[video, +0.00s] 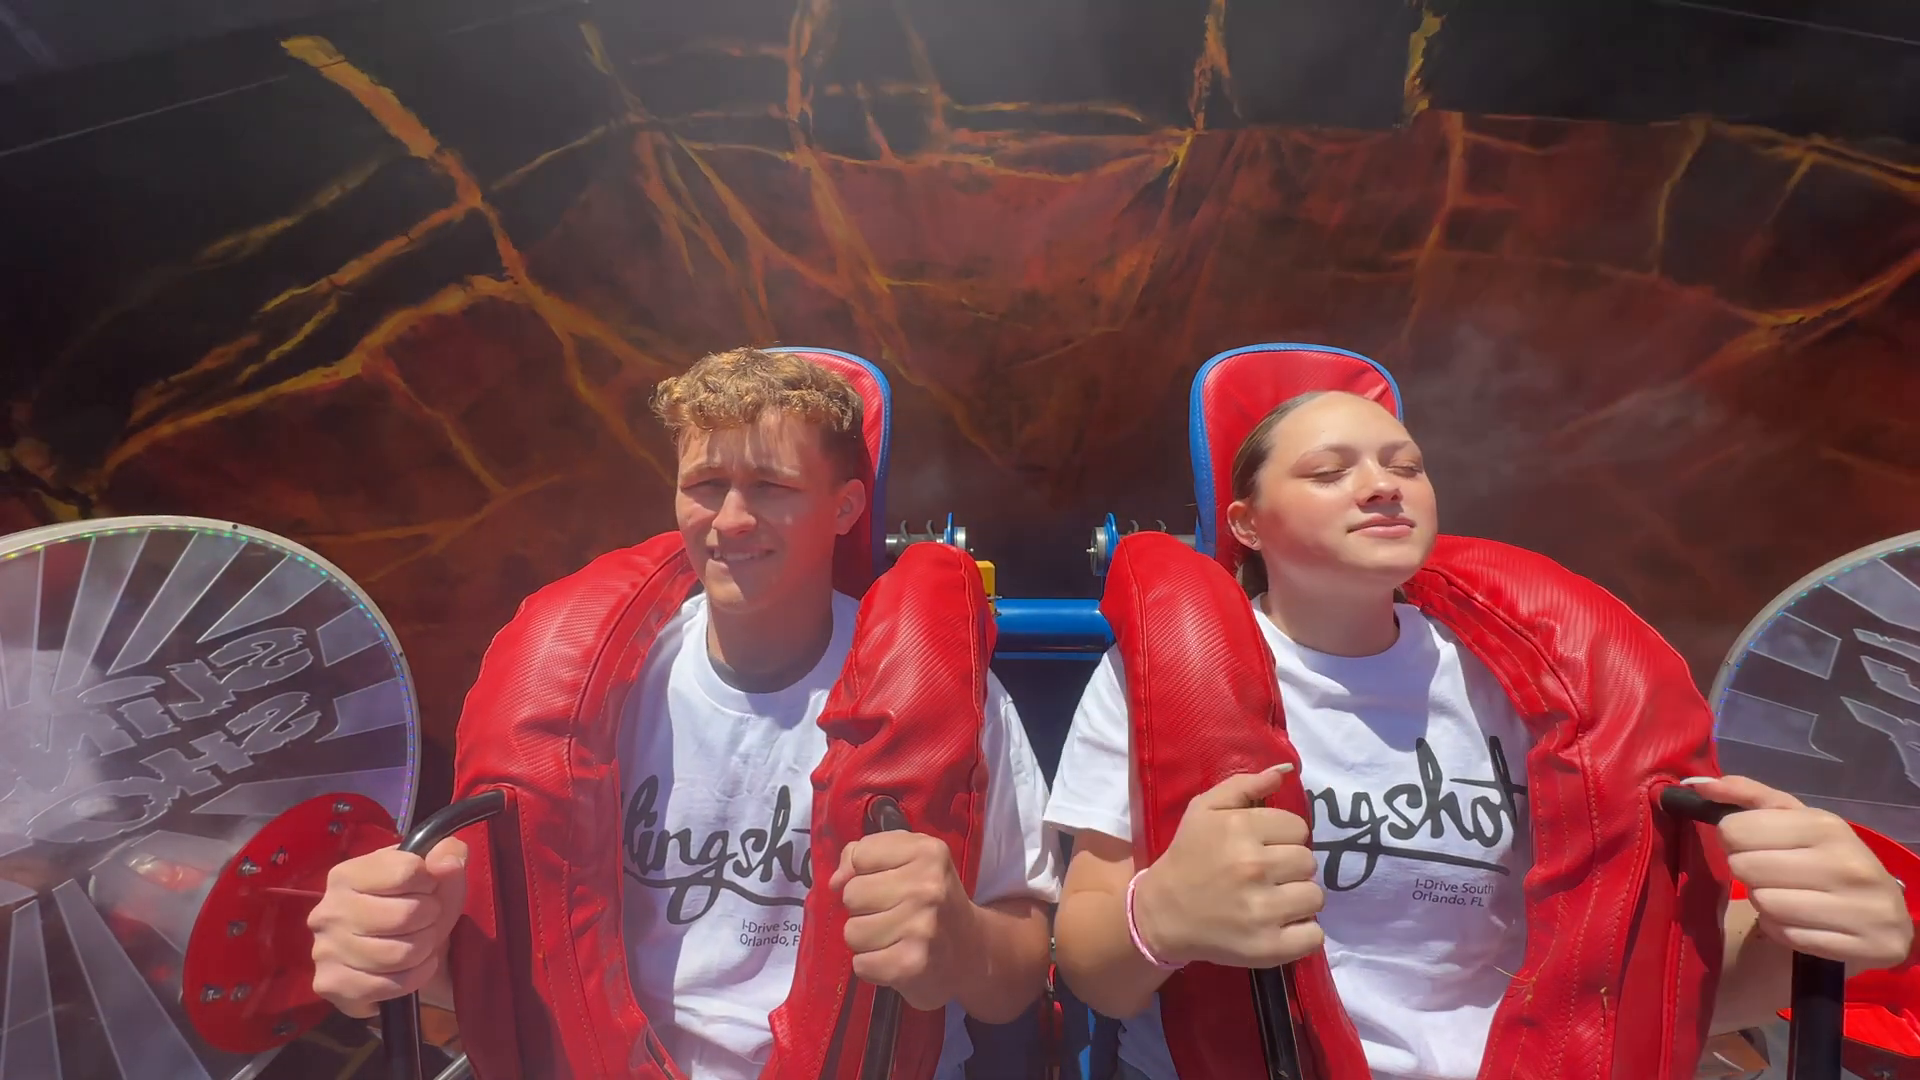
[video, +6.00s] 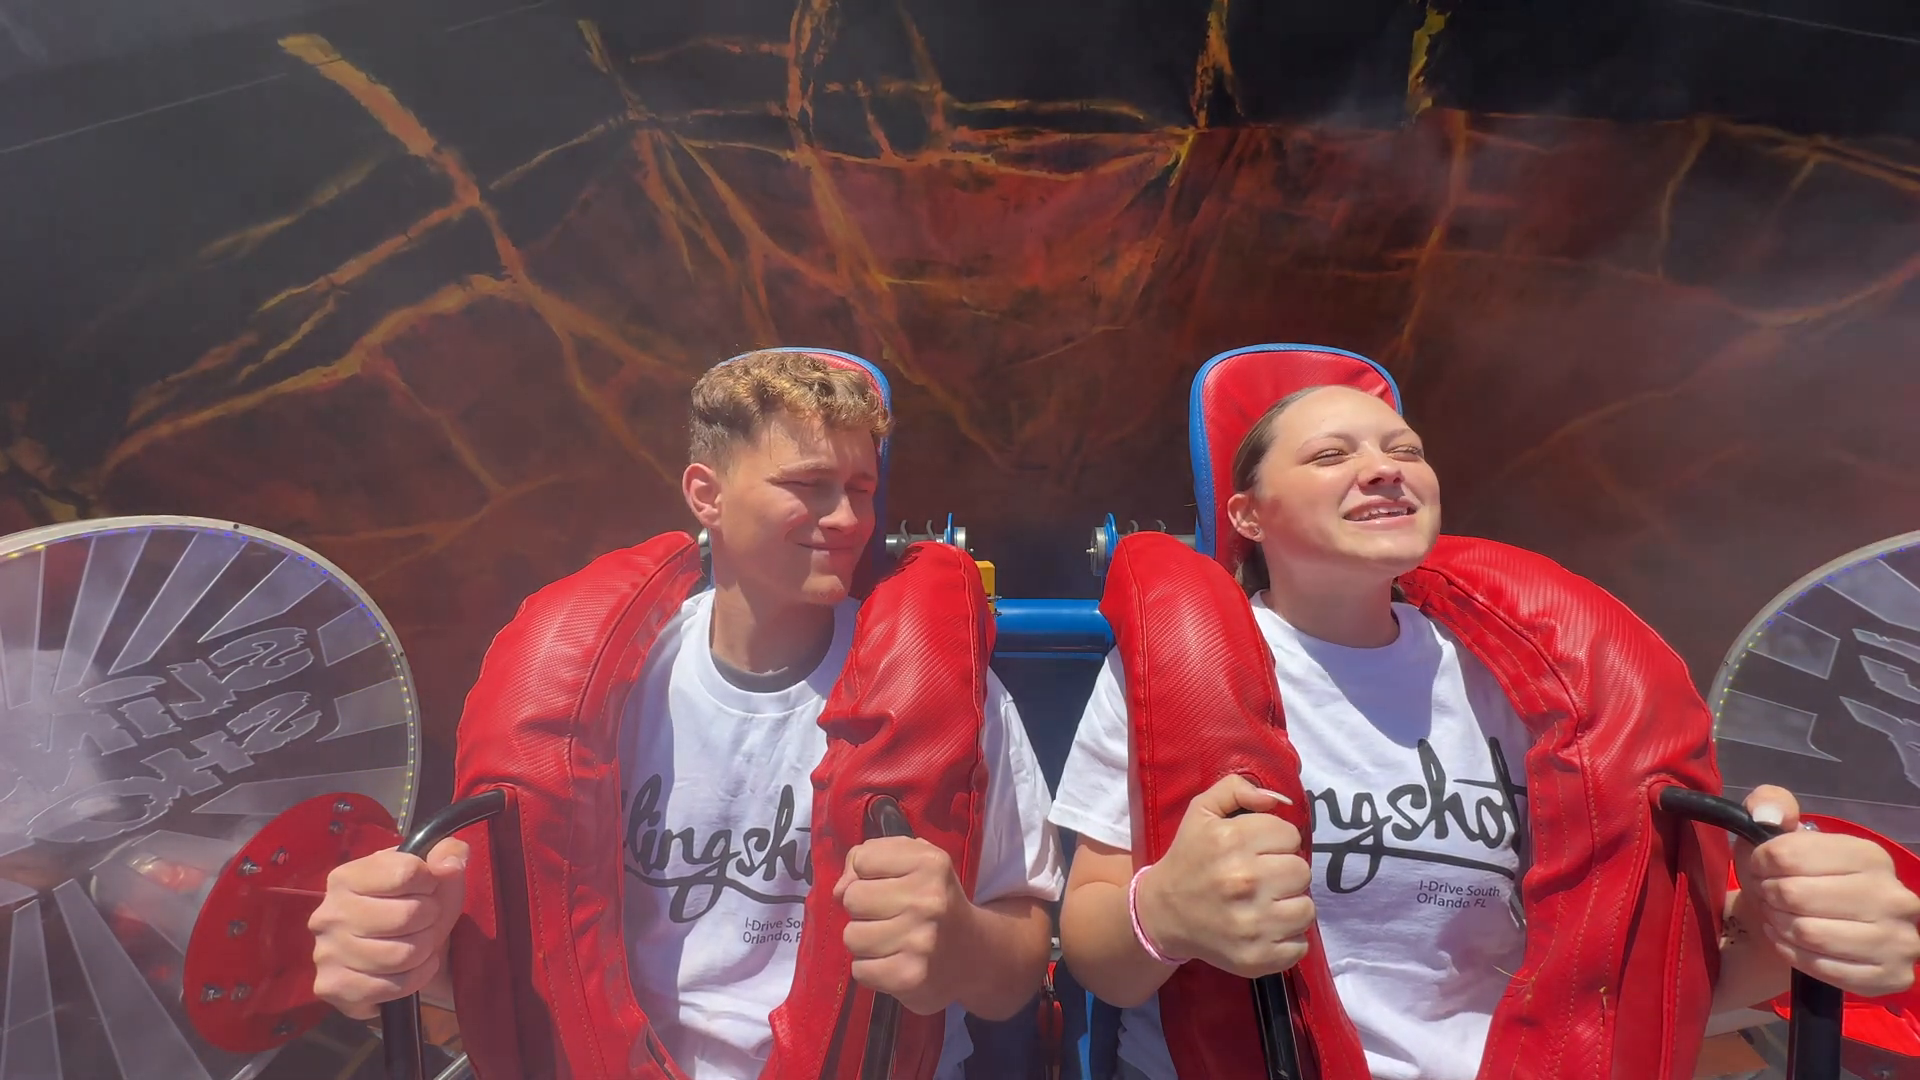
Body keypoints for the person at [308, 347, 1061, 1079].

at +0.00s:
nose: (732, 520)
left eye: (771, 488)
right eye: (707, 487)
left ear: (848, 505)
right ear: (675, 493)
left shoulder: (938, 694)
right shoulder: (582, 672)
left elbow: (1025, 968)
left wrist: (965, 945)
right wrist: (414, 948)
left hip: (831, 1063)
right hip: (610, 1057)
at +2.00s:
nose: (727, 522)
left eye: (767, 491)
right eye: (703, 489)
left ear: (846, 505)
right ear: (674, 493)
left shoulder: (934, 688)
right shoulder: (584, 674)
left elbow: (1026, 953)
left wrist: (961, 950)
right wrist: (413, 946)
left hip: (835, 1063)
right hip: (614, 1057)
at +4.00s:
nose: (729, 524)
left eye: (769, 492)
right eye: (705, 489)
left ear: (847, 508)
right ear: (675, 491)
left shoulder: (935, 688)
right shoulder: (584, 672)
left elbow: (1023, 960)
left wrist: (966, 947)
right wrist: (402, 940)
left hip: (836, 1064)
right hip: (613, 1059)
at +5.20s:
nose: (831, 522)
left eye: (850, 492)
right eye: (789, 487)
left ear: (873, 504)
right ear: (693, 499)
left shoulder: (937, 685)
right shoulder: (583, 671)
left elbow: (1024, 952)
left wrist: (965, 950)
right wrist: (411, 941)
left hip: (840, 1063)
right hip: (614, 1059)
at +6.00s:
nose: (849, 521)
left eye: (862, 490)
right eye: (808, 487)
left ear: (878, 495)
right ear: (705, 494)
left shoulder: (939, 686)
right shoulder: (583, 669)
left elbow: (1025, 960)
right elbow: (504, 929)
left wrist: (968, 950)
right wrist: (410, 941)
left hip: (839, 1062)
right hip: (613, 1059)